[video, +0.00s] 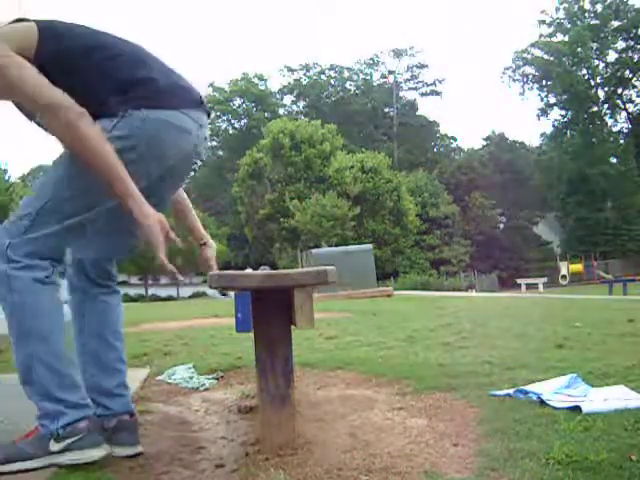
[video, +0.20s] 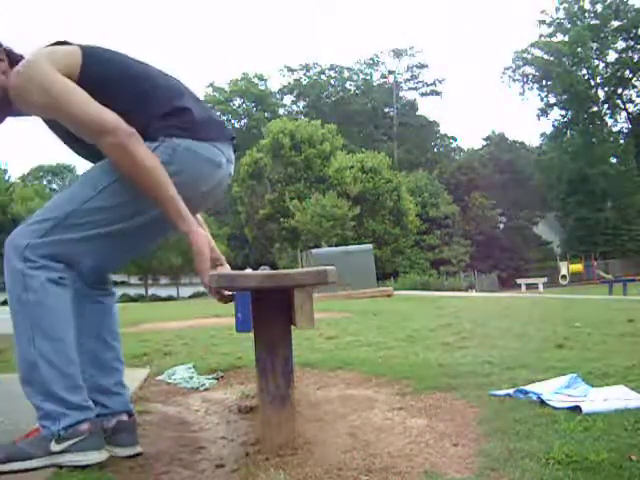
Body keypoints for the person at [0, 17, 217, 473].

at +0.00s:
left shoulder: (8, 51)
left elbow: (64, 113)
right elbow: (147, 151)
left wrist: (139, 208)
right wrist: (200, 235)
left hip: (145, 122)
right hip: (192, 127)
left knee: (21, 250)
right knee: (91, 267)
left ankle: (65, 421)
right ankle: (114, 414)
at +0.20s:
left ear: (3, 66)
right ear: (10, 64)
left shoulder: (30, 75)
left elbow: (120, 137)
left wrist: (190, 227)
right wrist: (204, 241)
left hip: (178, 151)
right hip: (212, 158)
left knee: (29, 250)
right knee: (87, 272)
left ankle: (66, 423)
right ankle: (111, 415)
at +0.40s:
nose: (25, 72)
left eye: (28, 54)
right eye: (14, 67)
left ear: (59, 38)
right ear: (13, 74)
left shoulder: (89, 65)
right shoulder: (94, 77)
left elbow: (162, 155)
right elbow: (159, 158)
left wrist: (219, 249)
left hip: (206, 182)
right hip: (222, 189)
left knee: (39, 248)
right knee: (85, 276)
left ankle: (66, 422)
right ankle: (111, 415)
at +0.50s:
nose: (63, 52)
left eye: (66, 34)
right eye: (51, 47)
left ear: (98, 21)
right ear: (49, 53)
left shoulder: (125, 54)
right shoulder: (126, 62)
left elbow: (181, 149)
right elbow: (183, 151)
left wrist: (228, 252)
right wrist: (226, 243)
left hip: (204, 200)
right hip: (220, 206)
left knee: (41, 241)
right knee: (83, 275)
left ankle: (62, 417)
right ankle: (110, 414)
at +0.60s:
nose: (99, 32)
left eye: (106, 15)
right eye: (88, 25)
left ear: (139, 8)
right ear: (83, 29)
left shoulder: (159, 46)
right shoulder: (163, 52)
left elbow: (201, 145)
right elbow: (200, 151)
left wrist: (233, 252)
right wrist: (228, 248)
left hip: (203, 208)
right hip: (211, 213)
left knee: (37, 230)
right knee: (77, 275)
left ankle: (50, 407)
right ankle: (112, 414)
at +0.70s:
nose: (129, 20)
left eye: (136, 8)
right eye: (122, 12)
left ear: (169, 3)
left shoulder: (183, 42)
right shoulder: (193, 45)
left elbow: (215, 143)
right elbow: (218, 147)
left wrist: (237, 251)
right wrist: (226, 249)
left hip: (198, 213)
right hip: (206, 219)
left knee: (31, 233)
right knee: (76, 274)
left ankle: (23, 405)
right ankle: (109, 409)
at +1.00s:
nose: (158, 1)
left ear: (202, 1)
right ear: (206, 5)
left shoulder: (208, 38)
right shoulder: (224, 42)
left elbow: (227, 144)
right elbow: (231, 149)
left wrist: (237, 254)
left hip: (176, 219)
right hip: (187, 223)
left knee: (16, 247)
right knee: (55, 252)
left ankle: (6, 417)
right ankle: (83, 383)